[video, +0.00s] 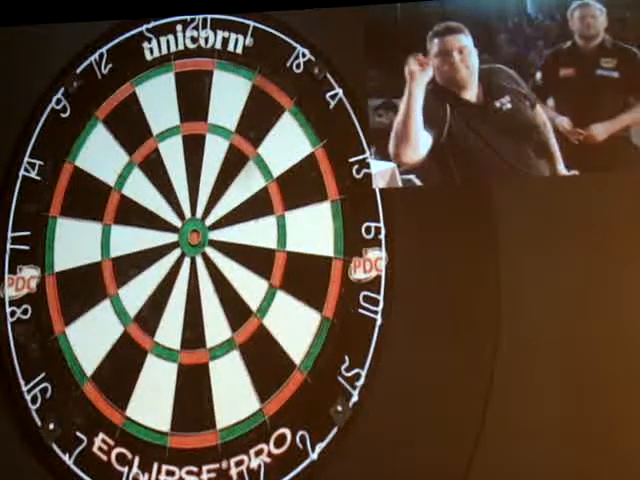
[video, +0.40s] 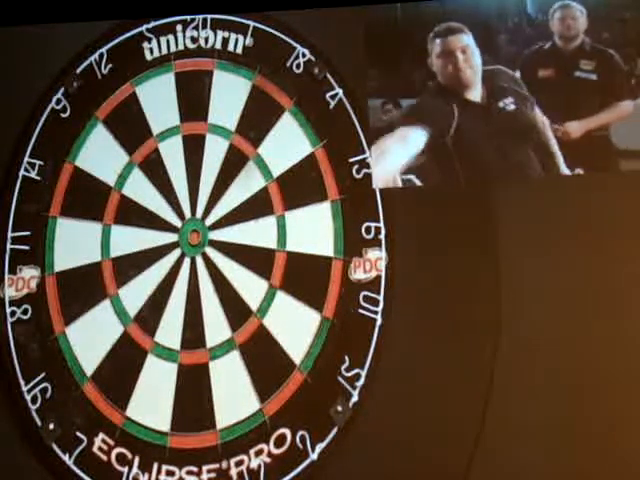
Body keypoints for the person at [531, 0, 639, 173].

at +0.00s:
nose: (588, 22)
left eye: (593, 17)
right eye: (581, 17)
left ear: (605, 21)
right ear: (570, 23)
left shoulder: (628, 57)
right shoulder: (555, 59)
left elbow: (637, 107)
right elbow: (534, 99)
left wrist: (607, 128)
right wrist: (556, 120)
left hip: (615, 154)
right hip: (567, 155)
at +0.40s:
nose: (568, 23)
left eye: (574, 18)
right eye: (562, 19)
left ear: (585, 23)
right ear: (551, 24)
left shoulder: (605, 60)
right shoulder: (532, 59)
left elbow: (626, 105)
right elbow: (519, 103)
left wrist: (582, 126)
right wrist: (544, 126)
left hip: (594, 156)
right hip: (545, 154)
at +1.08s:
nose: (564, 25)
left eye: (570, 20)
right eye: (558, 20)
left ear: (584, 25)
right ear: (549, 26)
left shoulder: (603, 62)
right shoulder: (530, 60)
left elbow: (627, 106)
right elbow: (515, 106)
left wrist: (587, 127)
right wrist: (547, 131)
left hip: (591, 161)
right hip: (543, 160)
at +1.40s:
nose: (569, 23)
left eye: (577, 18)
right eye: (565, 19)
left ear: (595, 24)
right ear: (559, 25)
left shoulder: (617, 61)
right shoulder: (541, 60)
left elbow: (636, 106)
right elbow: (528, 103)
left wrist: (598, 123)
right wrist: (542, 119)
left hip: (603, 158)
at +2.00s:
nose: (571, 24)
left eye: (580, 19)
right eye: (572, 19)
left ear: (606, 24)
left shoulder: (631, 61)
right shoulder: (564, 59)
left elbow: (638, 121)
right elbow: (530, 95)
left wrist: (623, 144)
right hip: (571, 163)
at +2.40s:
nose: (574, 34)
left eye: (581, 28)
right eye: (573, 28)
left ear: (605, 26)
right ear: (570, 28)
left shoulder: (632, 61)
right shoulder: (567, 61)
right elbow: (530, 90)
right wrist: (554, 54)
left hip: (622, 164)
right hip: (577, 163)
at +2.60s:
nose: (577, 35)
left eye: (583, 28)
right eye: (575, 29)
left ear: (605, 27)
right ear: (571, 29)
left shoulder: (632, 60)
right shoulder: (569, 62)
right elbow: (531, 90)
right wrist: (556, 55)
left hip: (622, 160)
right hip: (576, 159)